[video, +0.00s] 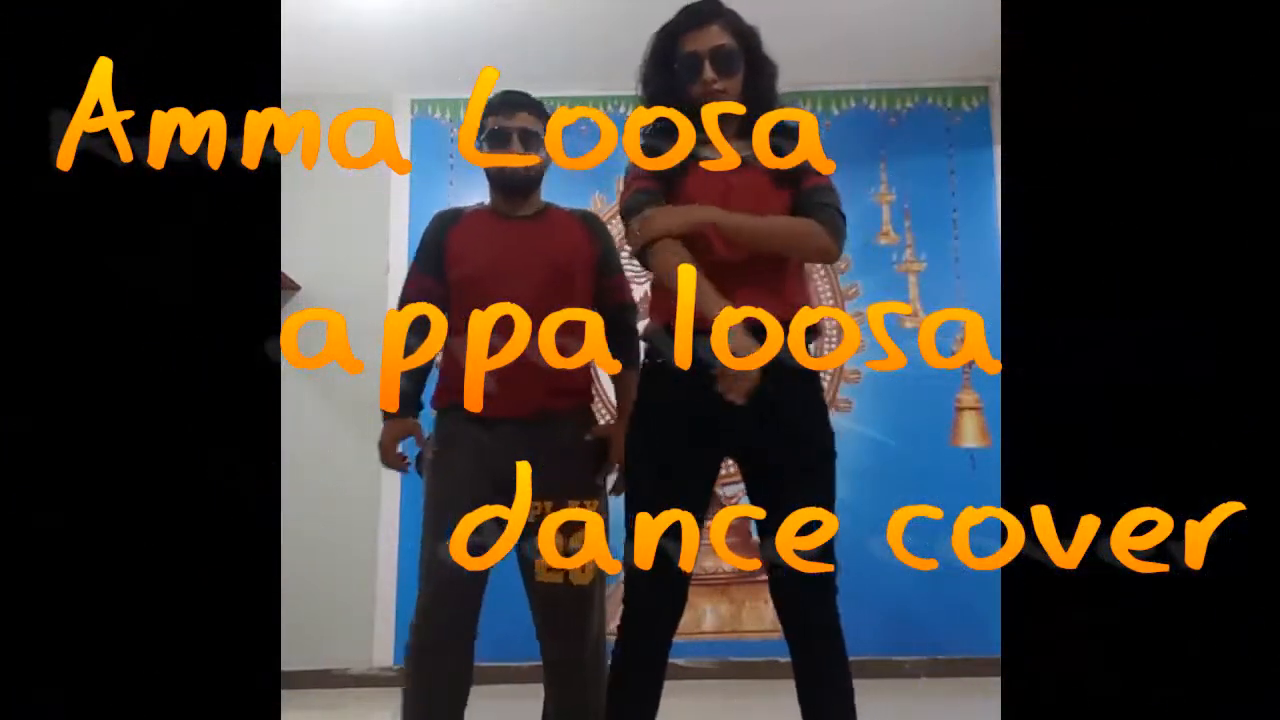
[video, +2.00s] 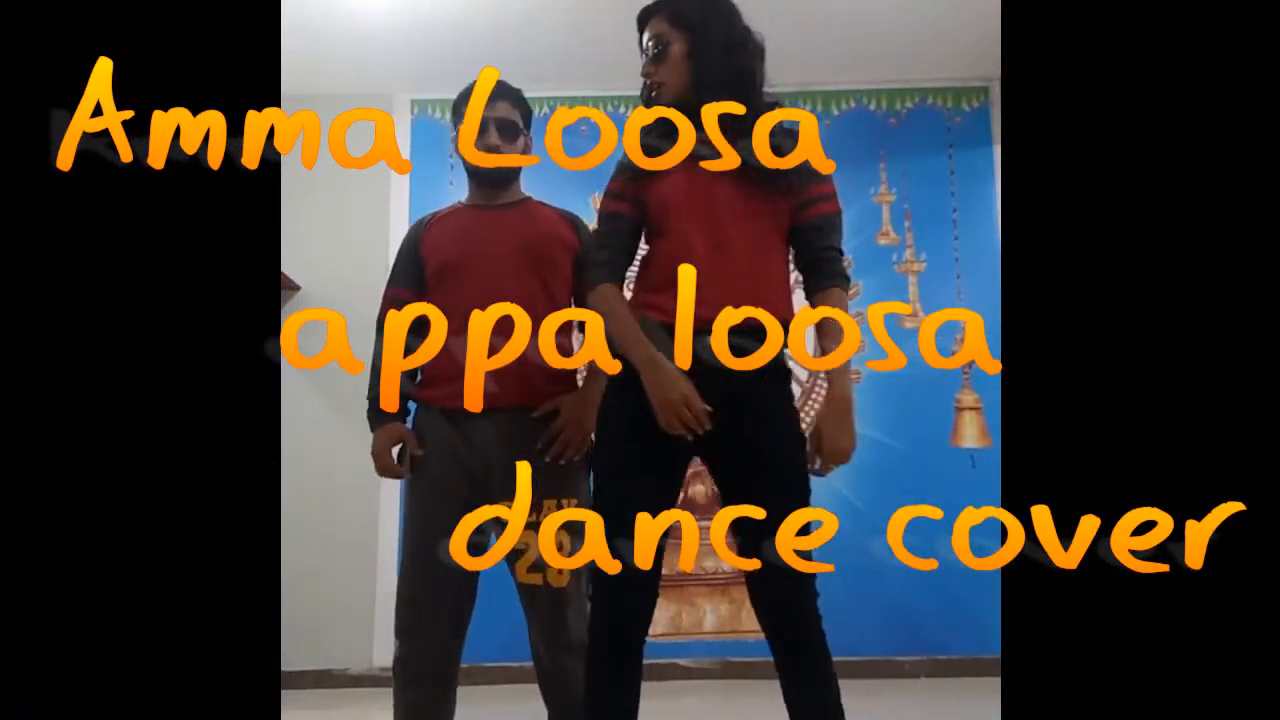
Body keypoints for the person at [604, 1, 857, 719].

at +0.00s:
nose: (710, 74)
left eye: (724, 58)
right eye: (692, 65)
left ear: (751, 65)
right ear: (670, 78)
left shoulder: (789, 137)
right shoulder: (657, 148)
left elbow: (828, 239)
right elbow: (655, 245)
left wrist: (699, 216)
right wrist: (728, 327)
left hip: (783, 379)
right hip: (677, 379)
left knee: (807, 589)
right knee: (653, 590)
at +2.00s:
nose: (646, 69)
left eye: (660, 50)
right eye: (645, 55)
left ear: (714, 51)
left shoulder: (784, 142)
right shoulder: (650, 146)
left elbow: (826, 272)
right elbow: (600, 269)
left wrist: (838, 395)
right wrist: (652, 368)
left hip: (754, 388)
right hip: (649, 382)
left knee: (787, 600)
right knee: (620, 599)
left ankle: (822, 719)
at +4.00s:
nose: (744, 64)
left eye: (760, 45)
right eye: (724, 52)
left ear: (787, 49)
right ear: (701, 65)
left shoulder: (821, 130)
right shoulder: (697, 145)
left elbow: (905, 158)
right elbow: (732, 253)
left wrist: (847, 66)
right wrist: (878, 242)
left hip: (785, 385)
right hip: (687, 381)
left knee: (794, 594)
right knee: (636, 576)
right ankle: (580, 717)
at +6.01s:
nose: (737, 36)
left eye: (756, 21)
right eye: (718, 23)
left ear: (779, 40)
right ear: (693, 41)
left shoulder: (805, 133)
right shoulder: (664, 136)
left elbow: (860, 279)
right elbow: (631, 290)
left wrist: (898, 181)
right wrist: (610, 213)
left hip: (788, 384)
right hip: (687, 385)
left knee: (759, 595)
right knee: (700, 605)